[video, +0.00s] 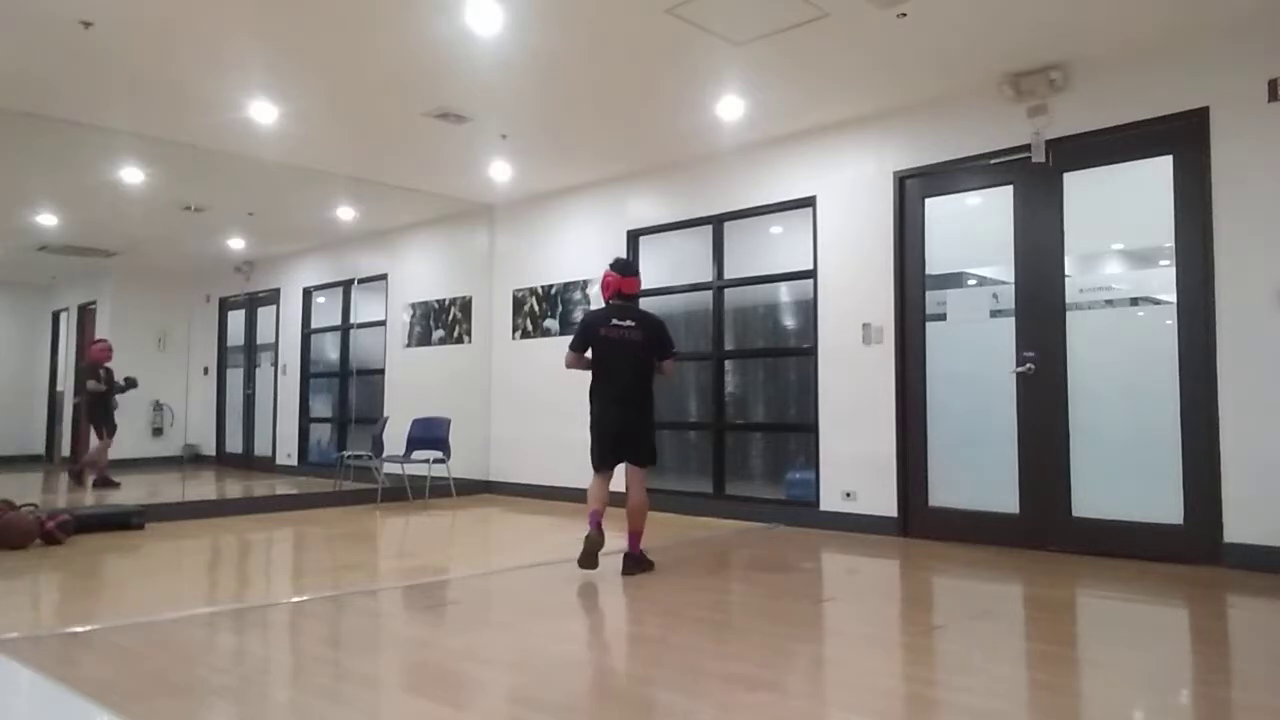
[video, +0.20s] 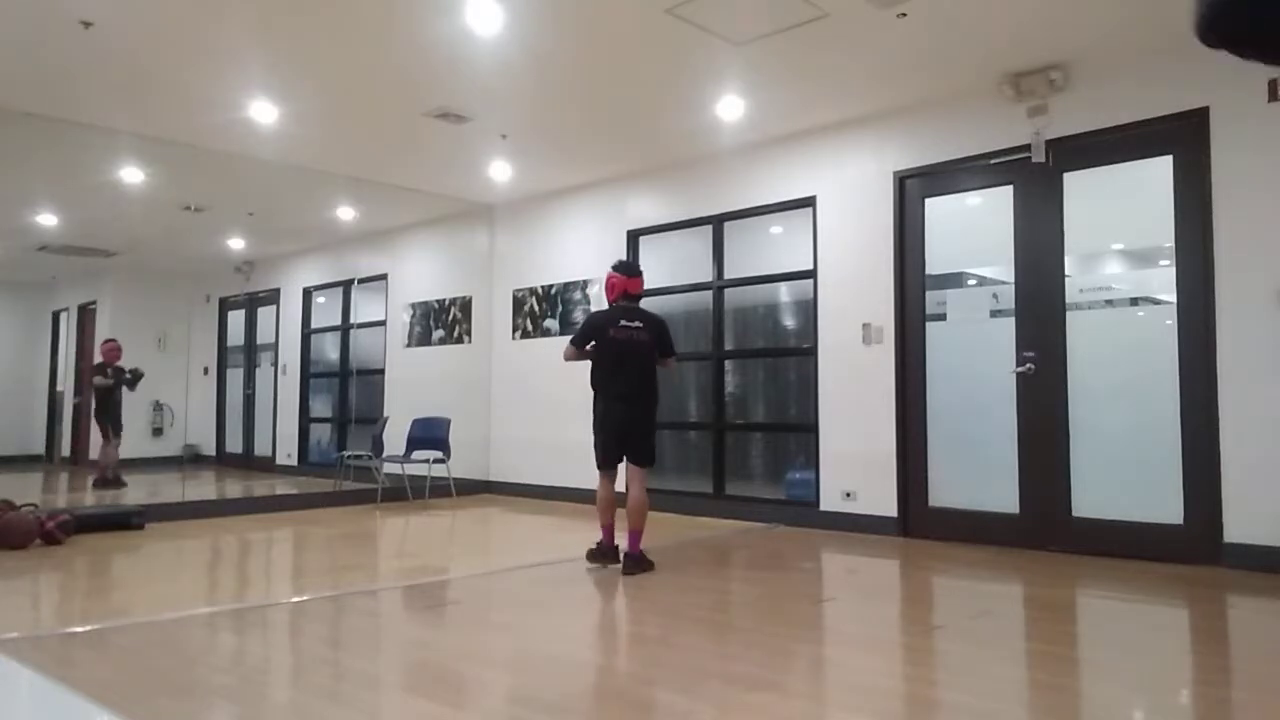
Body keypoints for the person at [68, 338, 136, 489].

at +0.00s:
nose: (107, 354)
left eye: (109, 350)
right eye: (103, 350)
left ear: (111, 352)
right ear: (94, 353)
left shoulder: (108, 371)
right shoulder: (88, 369)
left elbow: (112, 388)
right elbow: (90, 386)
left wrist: (125, 386)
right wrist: (109, 388)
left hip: (106, 408)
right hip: (94, 408)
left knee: (107, 441)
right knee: (104, 441)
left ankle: (102, 475)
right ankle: (79, 468)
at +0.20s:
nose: (115, 354)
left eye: (117, 350)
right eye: (112, 350)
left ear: (120, 352)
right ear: (104, 352)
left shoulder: (120, 370)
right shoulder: (98, 368)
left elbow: (131, 386)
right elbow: (96, 382)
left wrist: (136, 377)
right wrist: (115, 382)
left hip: (116, 411)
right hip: (103, 410)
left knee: (114, 441)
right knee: (111, 441)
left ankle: (105, 475)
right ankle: (109, 475)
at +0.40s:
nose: (121, 355)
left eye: (124, 351)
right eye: (117, 352)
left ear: (127, 353)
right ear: (110, 354)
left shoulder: (128, 372)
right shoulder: (105, 370)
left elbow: (142, 384)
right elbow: (101, 383)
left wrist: (142, 376)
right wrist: (118, 382)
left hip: (125, 413)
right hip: (113, 413)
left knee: (117, 445)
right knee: (119, 445)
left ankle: (102, 475)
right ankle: (126, 476)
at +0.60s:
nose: (127, 356)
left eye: (129, 352)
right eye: (123, 353)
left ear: (133, 354)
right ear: (116, 355)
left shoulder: (136, 371)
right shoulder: (111, 371)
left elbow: (157, 377)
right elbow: (111, 390)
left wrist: (141, 374)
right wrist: (126, 379)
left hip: (135, 413)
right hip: (119, 413)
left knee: (142, 442)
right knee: (123, 444)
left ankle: (118, 467)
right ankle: (124, 475)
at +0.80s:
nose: (135, 359)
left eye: (136, 356)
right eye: (132, 356)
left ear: (139, 356)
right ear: (123, 357)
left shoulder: (144, 370)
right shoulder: (115, 371)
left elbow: (163, 380)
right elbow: (114, 387)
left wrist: (153, 385)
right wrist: (124, 379)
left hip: (142, 411)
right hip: (124, 412)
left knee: (153, 438)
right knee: (125, 445)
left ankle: (146, 470)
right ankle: (126, 477)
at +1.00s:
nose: (131, 362)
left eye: (134, 358)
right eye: (129, 358)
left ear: (143, 358)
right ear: (127, 357)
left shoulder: (153, 370)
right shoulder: (123, 371)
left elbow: (171, 381)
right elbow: (118, 390)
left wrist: (156, 391)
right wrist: (123, 382)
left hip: (147, 413)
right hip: (129, 413)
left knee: (152, 444)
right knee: (127, 445)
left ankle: (160, 475)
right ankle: (127, 478)